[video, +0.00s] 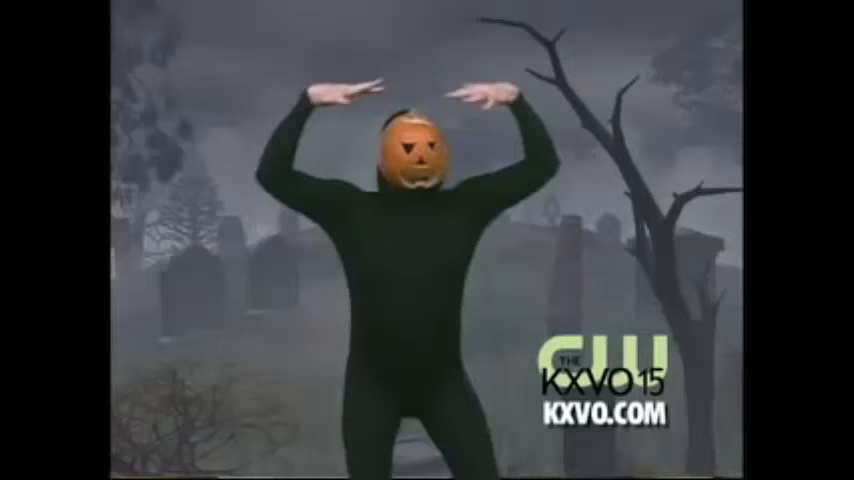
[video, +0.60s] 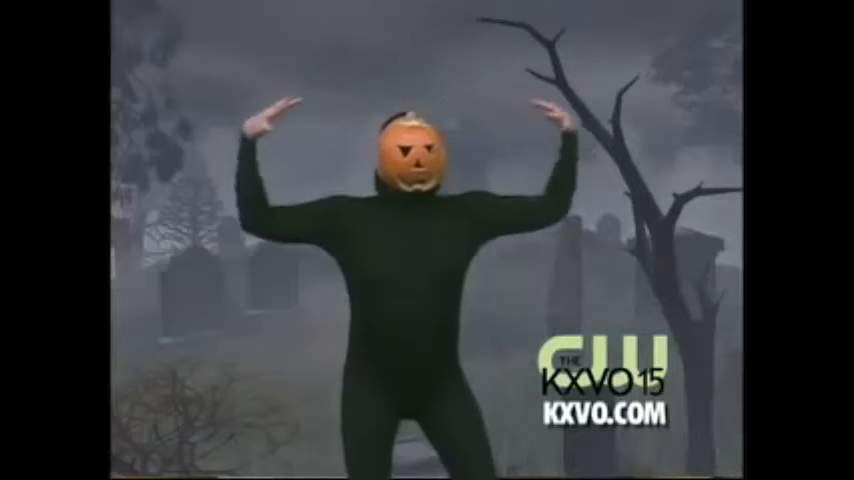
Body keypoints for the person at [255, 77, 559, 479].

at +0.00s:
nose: (420, 153)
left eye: (430, 146)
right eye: (406, 146)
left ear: (445, 159)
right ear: (382, 160)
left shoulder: (467, 206)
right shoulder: (348, 208)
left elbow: (542, 163)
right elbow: (273, 174)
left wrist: (517, 101)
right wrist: (306, 101)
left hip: (444, 382)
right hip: (372, 385)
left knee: (481, 472)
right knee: (367, 473)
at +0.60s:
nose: (418, 157)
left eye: (429, 148)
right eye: (403, 148)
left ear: (444, 161)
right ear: (380, 163)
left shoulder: (469, 214)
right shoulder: (345, 217)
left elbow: (551, 207)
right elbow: (257, 220)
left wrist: (569, 138)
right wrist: (248, 142)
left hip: (442, 384)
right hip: (370, 387)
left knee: (480, 474)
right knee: (367, 474)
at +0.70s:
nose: (416, 157)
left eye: (428, 148)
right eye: (402, 147)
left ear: (443, 161)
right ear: (380, 161)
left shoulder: (468, 217)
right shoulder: (346, 220)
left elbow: (550, 219)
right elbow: (258, 235)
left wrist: (580, 152)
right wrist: (233, 160)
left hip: (441, 386)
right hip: (369, 389)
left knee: (478, 474)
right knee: (367, 476)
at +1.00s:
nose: (411, 157)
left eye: (422, 148)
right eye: (397, 149)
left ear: (439, 161)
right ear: (375, 163)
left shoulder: (463, 220)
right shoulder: (344, 226)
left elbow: (543, 241)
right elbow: (266, 271)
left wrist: (603, 184)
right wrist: (206, 216)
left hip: (438, 386)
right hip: (365, 388)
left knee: (472, 473)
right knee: (364, 476)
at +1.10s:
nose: (407, 156)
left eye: (418, 148)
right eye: (393, 149)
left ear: (435, 162)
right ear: (374, 164)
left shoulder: (461, 223)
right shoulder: (343, 228)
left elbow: (539, 249)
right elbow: (271, 282)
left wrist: (606, 204)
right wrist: (198, 243)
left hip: (437, 387)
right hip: (364, 389)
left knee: (472, 475)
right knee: (362, 479)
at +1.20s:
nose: (404, 155)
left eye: (415, 147)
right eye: (391, 148)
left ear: (431, 162)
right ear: (371, 164)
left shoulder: (457, 224)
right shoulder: (341, 229)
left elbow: (534, 256)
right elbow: (278, 291)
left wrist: (607, 220)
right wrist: (196, 272)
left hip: (435, 387)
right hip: (363, 389)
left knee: (470, 472)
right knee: (361, 476)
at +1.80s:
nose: (397, 136)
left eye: (407, 126)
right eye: (381, 129)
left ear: (420, 138)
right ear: (358, 146)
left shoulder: (432, 200)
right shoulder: (346, 218)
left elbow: (423, 270)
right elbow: (356, 309)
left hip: (427, 344)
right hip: (365, 355)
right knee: (377, 467)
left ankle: (456, 473)